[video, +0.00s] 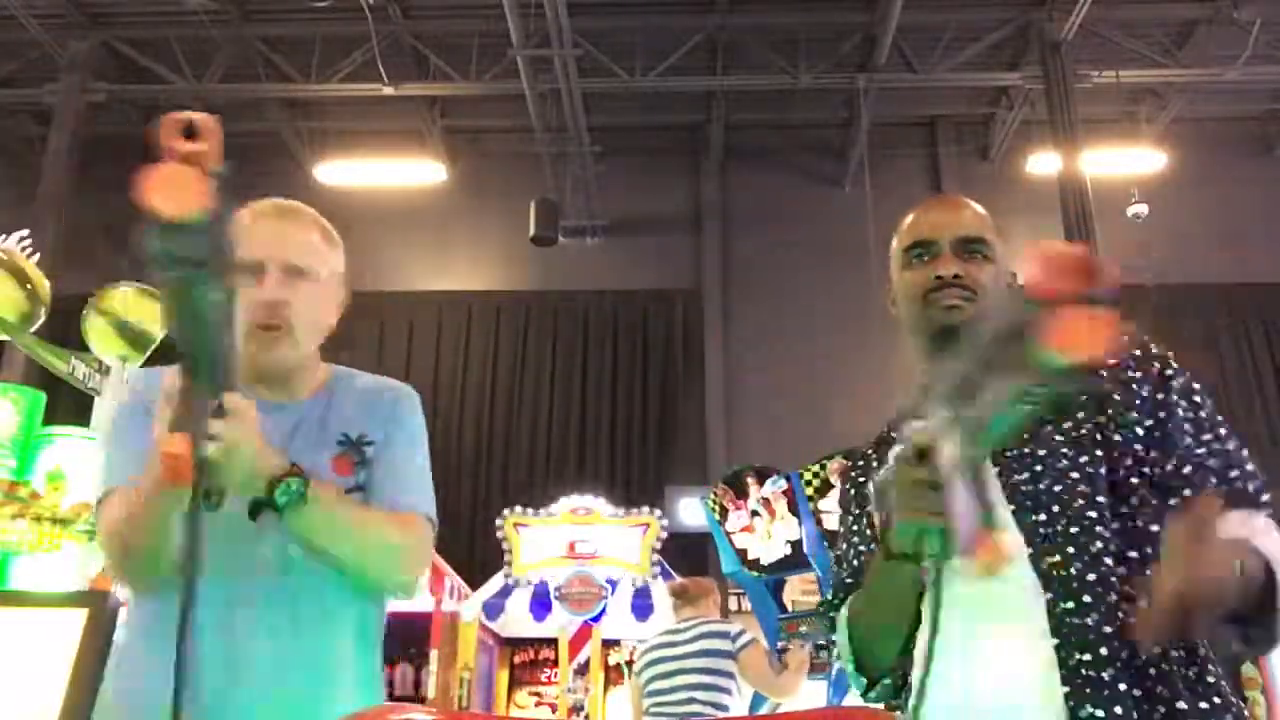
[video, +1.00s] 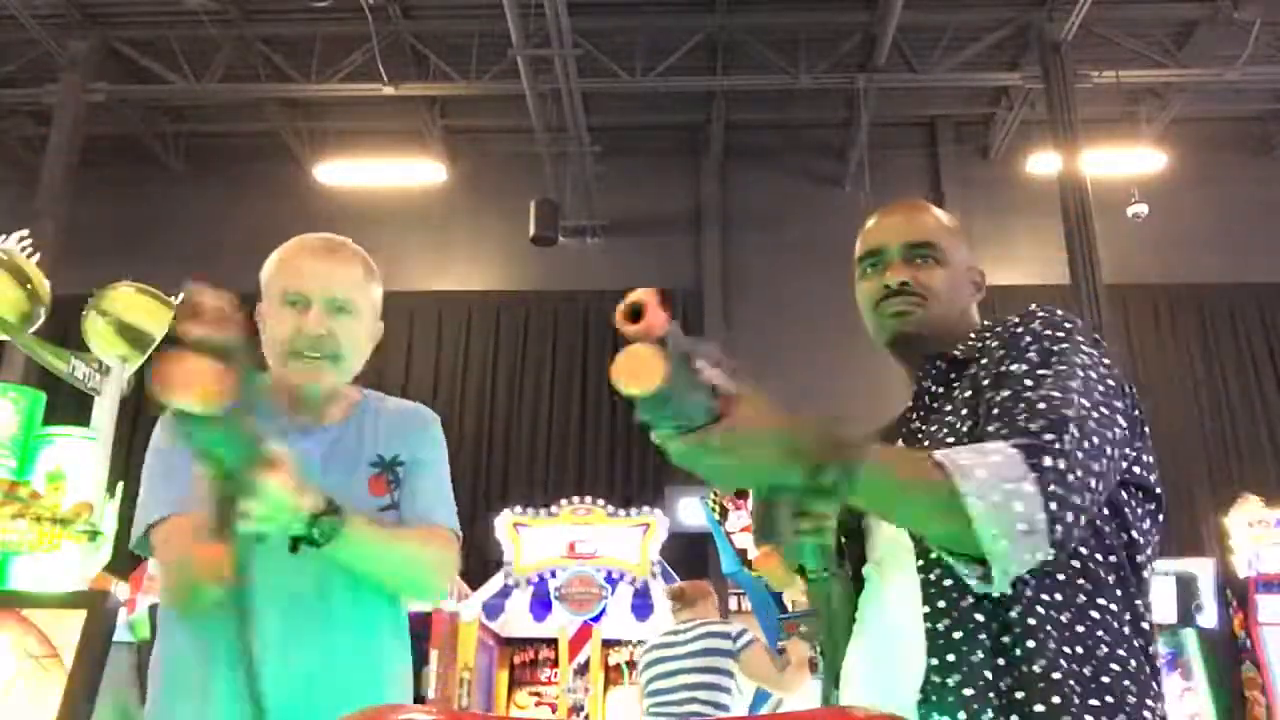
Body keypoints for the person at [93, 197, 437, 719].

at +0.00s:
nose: (271, 293)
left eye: (297, 274)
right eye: (250, 272)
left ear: (337, 303)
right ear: (217, 288)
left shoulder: (385, 409)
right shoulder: (150, 398)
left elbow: (404, 563)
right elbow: (132, 564)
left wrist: (270, 473)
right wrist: (170, 470)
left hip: (320, 706)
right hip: (155, 704)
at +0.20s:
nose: (316, 317)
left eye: (341, 299)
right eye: (296, 295)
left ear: (377, 326)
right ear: (264, 317)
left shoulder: (421, 426)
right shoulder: (211, 411)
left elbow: (433, 573)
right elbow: (174, 587)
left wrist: (291, 497)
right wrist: (195, 485)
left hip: (364, 709)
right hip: (213, 706)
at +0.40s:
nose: (280, 312)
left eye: (308, 293)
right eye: (261, 289)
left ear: (347, 325)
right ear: (228, 307)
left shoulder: (400, 419)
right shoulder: (175, 418)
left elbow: (431, 570)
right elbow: (168, 588)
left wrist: (302, 510)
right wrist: (208, 512)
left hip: (353, 708)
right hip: (199, 707)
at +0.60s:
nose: (306, 317)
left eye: (331, 300)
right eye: (286, 295)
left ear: (365, 327)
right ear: (249, 314)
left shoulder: (406, 424)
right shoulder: (187, 417)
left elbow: (411, 575)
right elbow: (154, 589)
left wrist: (257, 505)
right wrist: (157, 494)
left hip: (346, 709)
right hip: (197, 709)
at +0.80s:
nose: (335, 329)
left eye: (358, 315)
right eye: (316, 307)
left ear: (383, 335)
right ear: (277, 323)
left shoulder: (420, 439)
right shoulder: (213, 419)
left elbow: (450, 582)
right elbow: (203, 574)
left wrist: (358, 525)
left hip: (363, 709)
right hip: (213, 708)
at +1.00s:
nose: (315, 326)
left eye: (341, 309)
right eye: (295, 304)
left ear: (374, 333)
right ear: (260, 319)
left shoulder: (409, 429)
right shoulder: (194, 422)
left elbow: (435, 573)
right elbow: (182, 583)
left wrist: (316, 517)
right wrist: (234, 512)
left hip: (356, 707)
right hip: (203, 708)